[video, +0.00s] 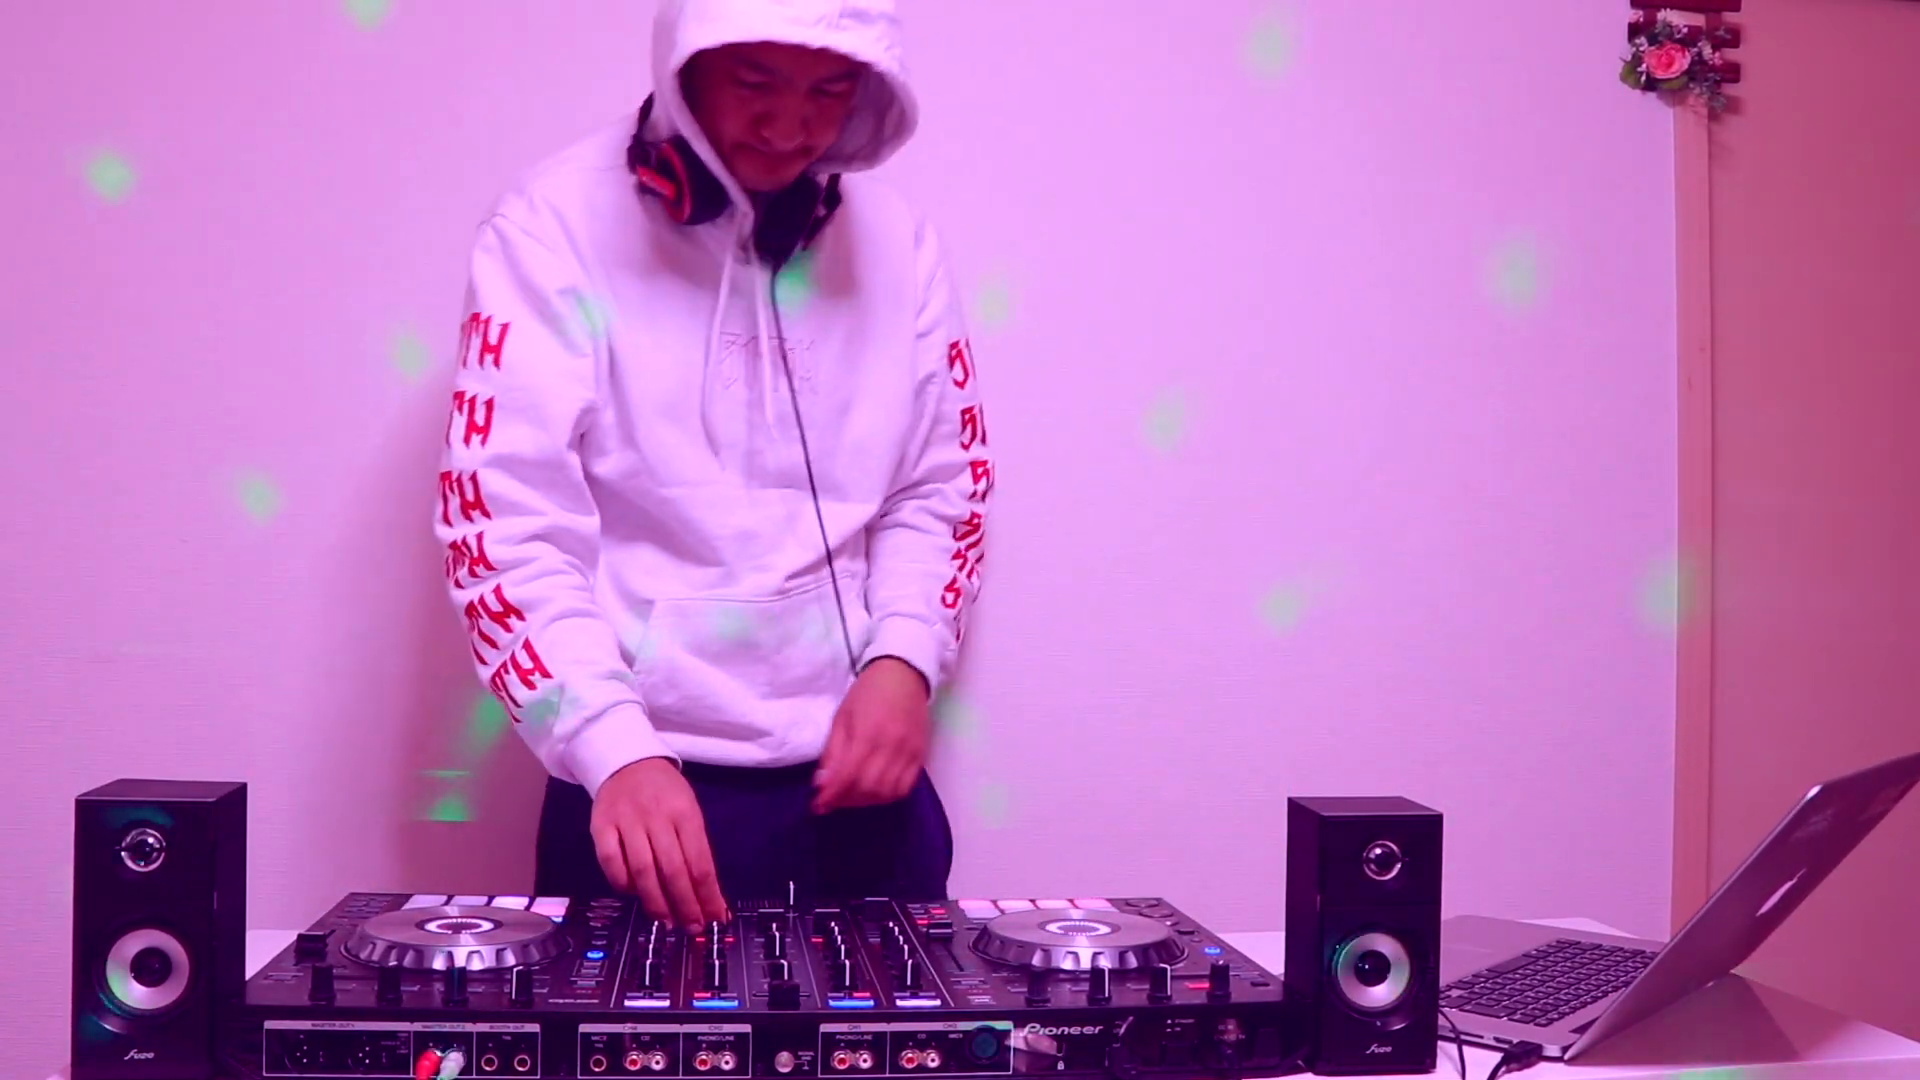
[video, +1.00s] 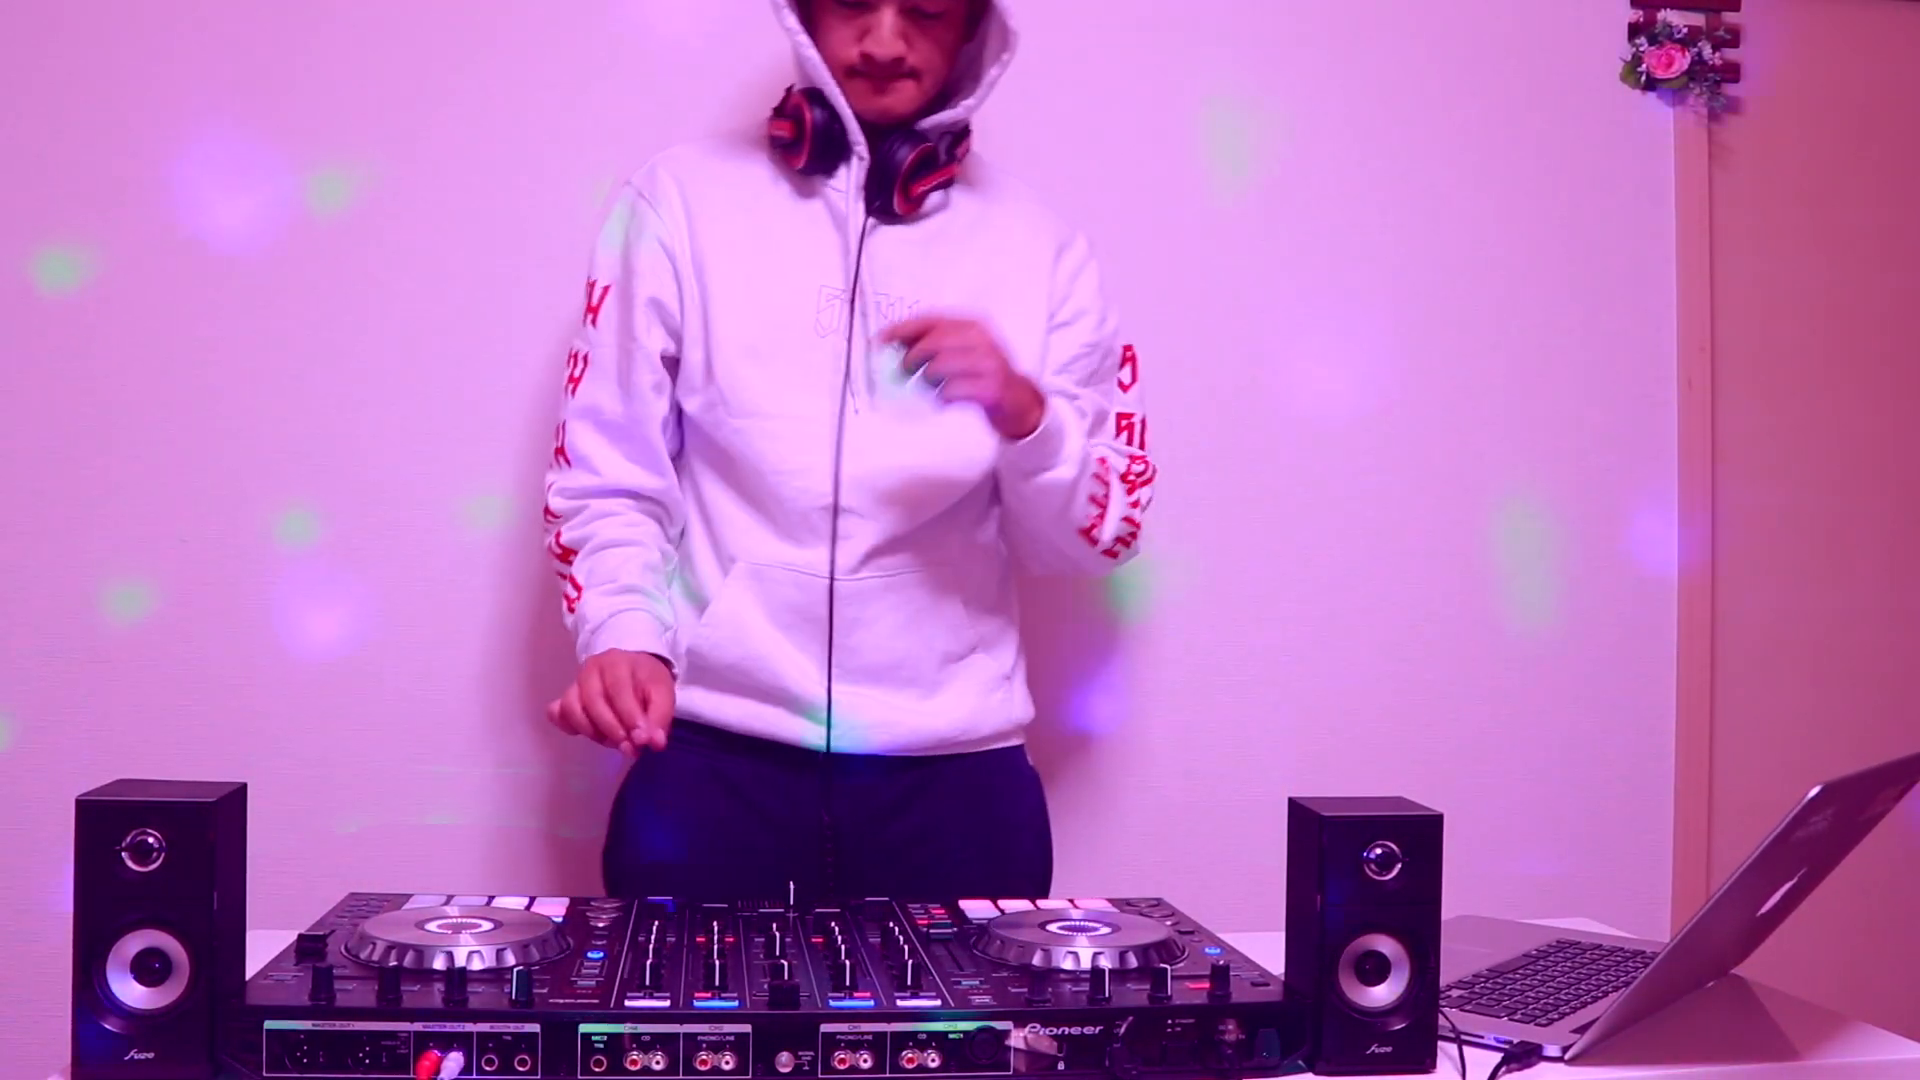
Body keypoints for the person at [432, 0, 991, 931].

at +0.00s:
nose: (787, 121)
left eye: (828, 86)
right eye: (753, 78)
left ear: (861, 95)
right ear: (683, 67)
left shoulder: (897, 239)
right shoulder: (556, 231)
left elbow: (944, 485)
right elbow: (506, 526)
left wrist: (904, 663)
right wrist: (616, 753)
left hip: (863, 788)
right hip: (645, 796)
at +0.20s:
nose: (723, 60)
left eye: (759, 25)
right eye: (687, 18)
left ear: (792, 38)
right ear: (626, 21)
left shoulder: (847, 230)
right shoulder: (516, 227)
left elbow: (927, 465)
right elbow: (499, 520)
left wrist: (870, 616)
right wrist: (610, 753)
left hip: (858, 787)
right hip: (632, 797)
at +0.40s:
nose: (709, 30)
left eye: (745, 1)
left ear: (782, 17)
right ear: (605, 8)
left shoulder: (847, 206)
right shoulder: (504, 222)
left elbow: (926, 440)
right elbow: (485, 527)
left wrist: (860, 581)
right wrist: (608, 751)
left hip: (855, 777)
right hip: (630, 791)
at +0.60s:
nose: (751, 119)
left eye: (792, 78)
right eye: (708, 77)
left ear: (833, 82)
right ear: (649, 75)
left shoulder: (914, 246)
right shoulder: (553, 248)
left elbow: (981, 516)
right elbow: (527, 528)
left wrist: (828, 676)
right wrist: (619, 745)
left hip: (866, 805)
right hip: (628, 807)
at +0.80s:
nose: (820, 57)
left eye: (860, 24)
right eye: (783, 19)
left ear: (904, 35)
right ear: (735, 27)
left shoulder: (981, 245)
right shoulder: (627, 230)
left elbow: (1059, 495)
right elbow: (572, 507)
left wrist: (893, 548)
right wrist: (623, 708)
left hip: (912, 804)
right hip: (675, 793)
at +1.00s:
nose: (883, 43)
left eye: (924, 12)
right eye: (851, 5)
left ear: (971, 31)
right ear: (803, 14)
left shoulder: (1038, 249)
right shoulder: (681, 205)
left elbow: (1100, 534)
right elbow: (608, 476)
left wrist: (1023, 412)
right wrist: (623, 635)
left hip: (956, 784)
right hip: (715, 772)